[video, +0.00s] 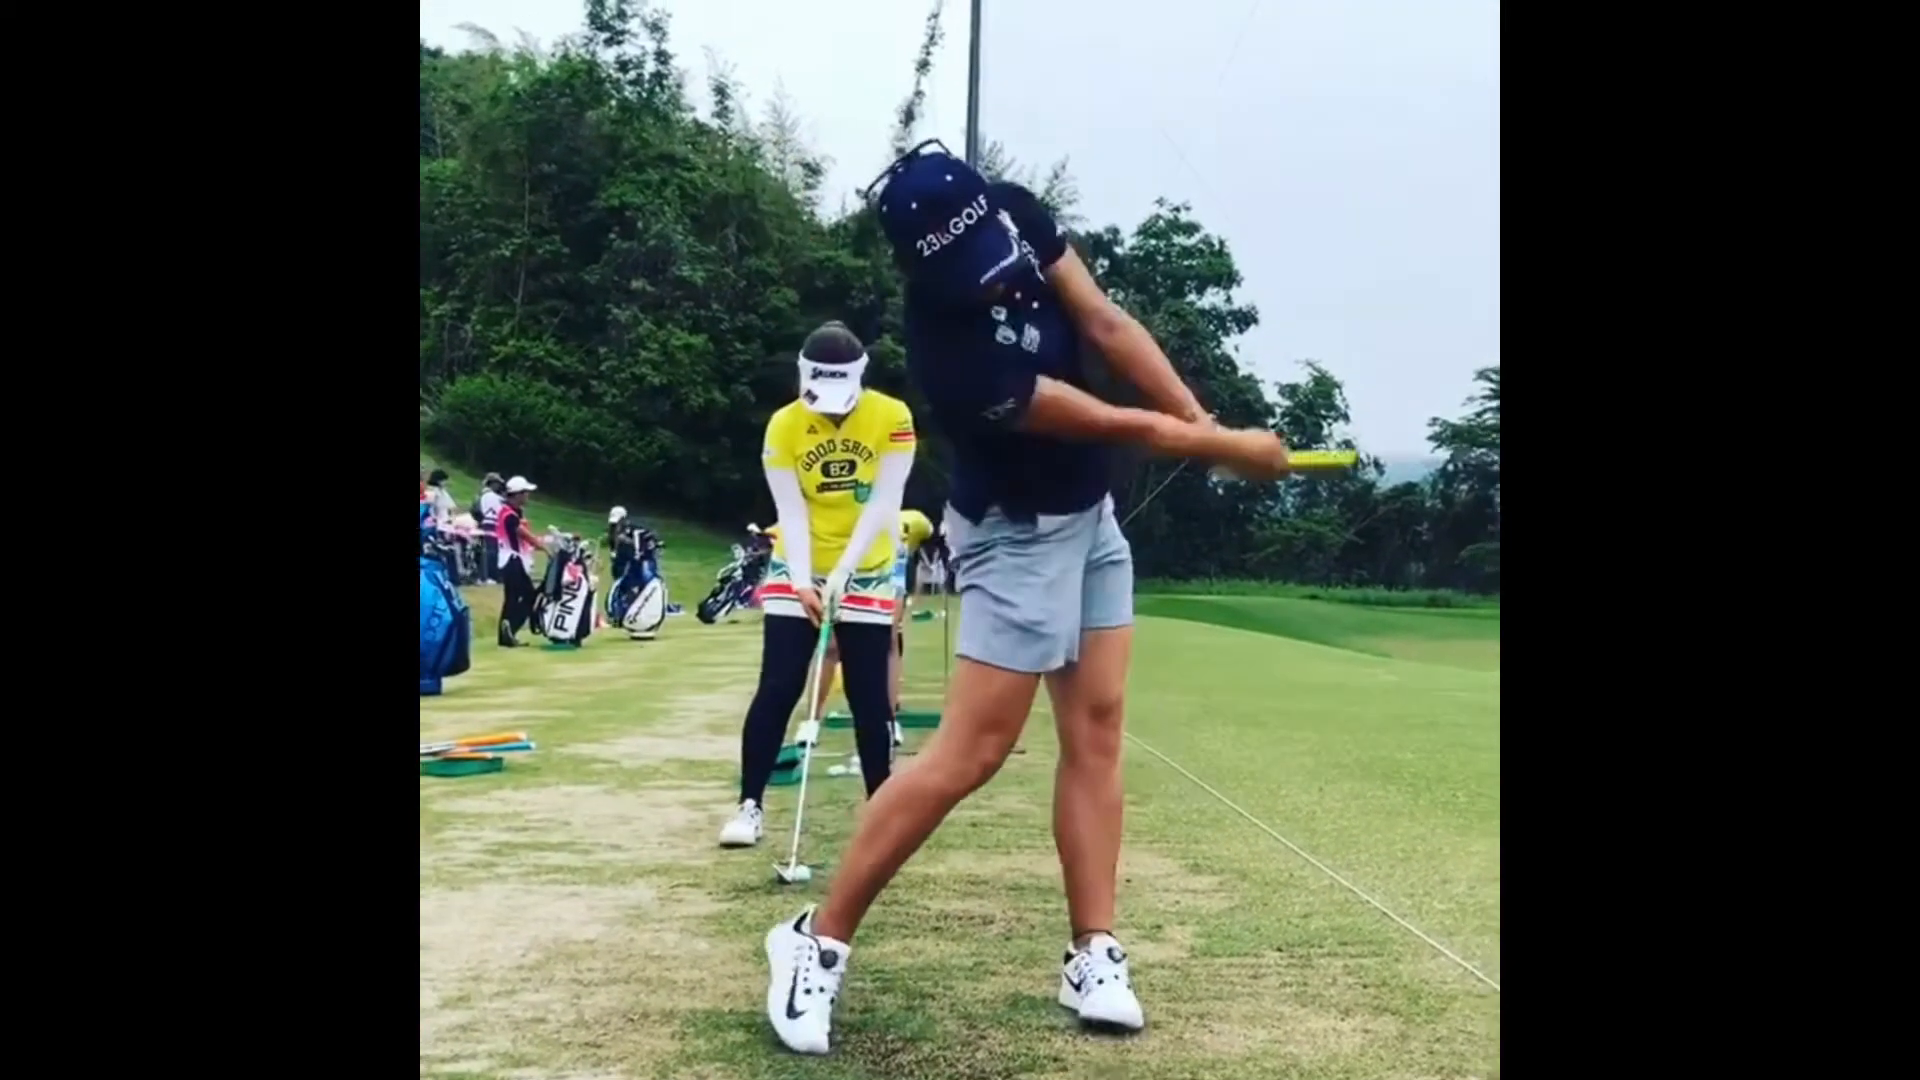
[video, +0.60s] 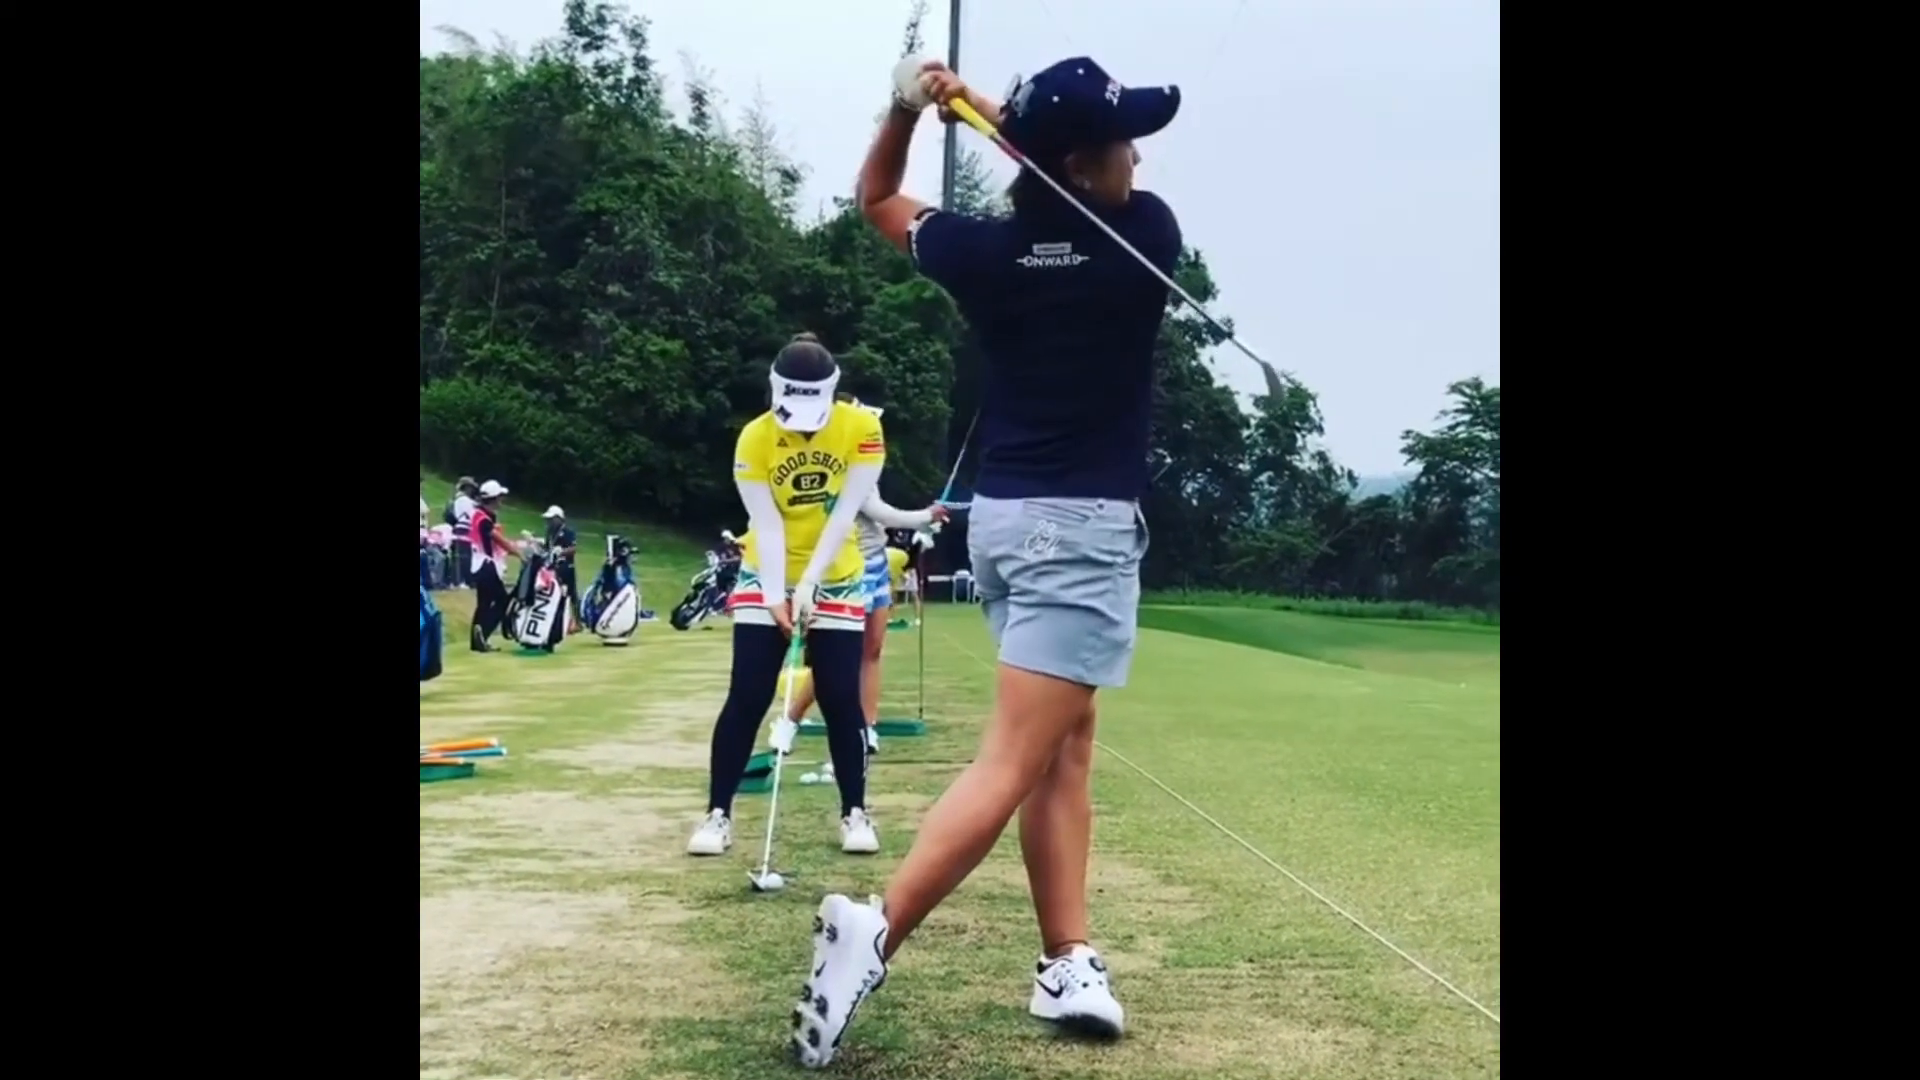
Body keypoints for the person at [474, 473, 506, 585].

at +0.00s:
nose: (500, 487)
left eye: (500, 485)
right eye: (498, 485)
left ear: (487, 484)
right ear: (494, 484)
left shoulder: (483, 496)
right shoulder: (497, 497)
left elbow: (477, 510)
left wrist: (480, 520)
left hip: (485, 524)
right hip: (493, 525)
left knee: (487, 550)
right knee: (493, 551)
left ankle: (485, 575)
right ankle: (492, 575)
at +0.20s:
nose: (490, 489)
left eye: (490, 486)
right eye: (489, 486)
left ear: (477, 486)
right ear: (486, 486)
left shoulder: (473, 498)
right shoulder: (489, 500)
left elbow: (465, 513)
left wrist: (471, 521)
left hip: (473, 527)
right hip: (483, 528)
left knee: (474, 553)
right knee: (482, 553)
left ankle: (473, 577)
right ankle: (481, 577)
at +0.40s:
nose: (481, 490)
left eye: (480, 487)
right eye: (479, 488)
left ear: (468, 487)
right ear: (476, 488)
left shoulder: (464, 499)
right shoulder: (479, 501)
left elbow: (456, 514)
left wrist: (462, 522)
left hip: (464, 529)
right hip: (474, 530)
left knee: (463, 555)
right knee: (473, 555)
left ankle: (463, 578)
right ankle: (473, 578)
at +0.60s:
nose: (473, 492)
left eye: (473, 490)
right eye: (472, 490)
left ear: (461, 489)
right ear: (469, 489)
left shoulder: (456, 501)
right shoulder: (470, 503)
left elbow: (449, 516)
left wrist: (455, 524)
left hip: (456, 532)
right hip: (466, 533)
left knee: (456, 557)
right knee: (465, 557)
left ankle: (455, 580)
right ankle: (465, 580)